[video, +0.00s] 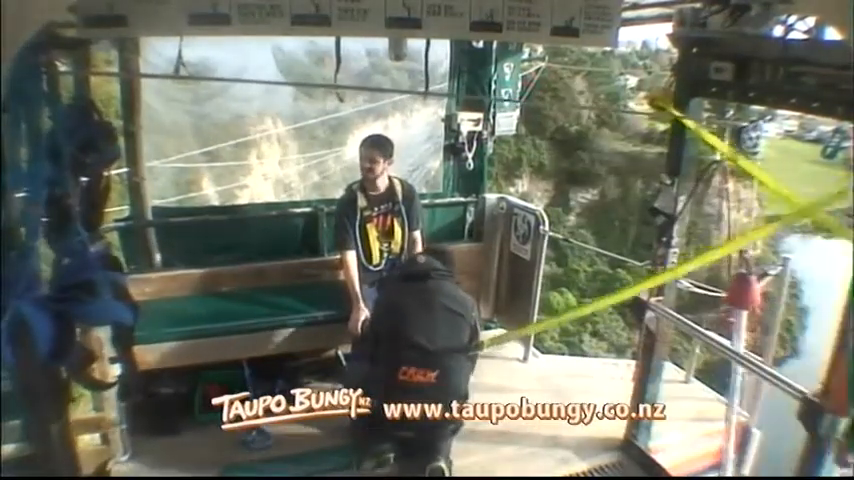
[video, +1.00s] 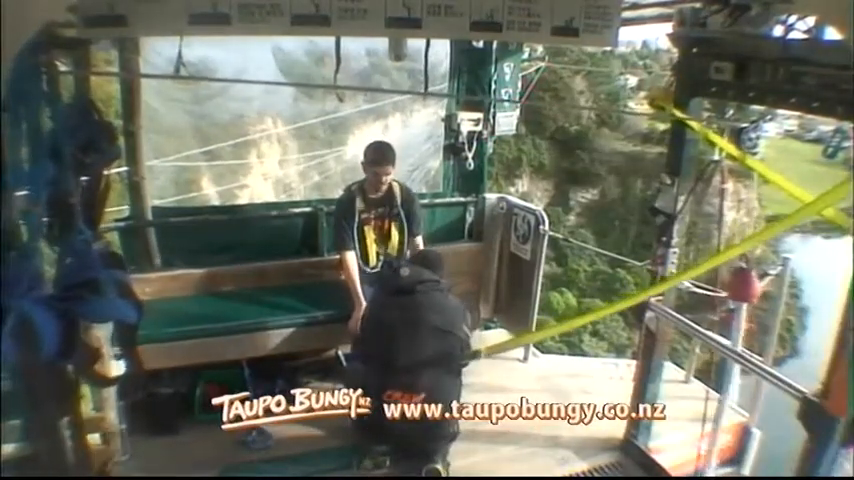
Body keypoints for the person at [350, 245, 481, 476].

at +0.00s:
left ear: (409, 267)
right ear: (449, 271)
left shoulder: (390, 293)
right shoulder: (465, 301)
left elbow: (369, 345)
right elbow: (472, 352)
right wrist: (460, 381)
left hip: (392, 394)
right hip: (446, 397)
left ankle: (378, 445)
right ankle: (439, 458)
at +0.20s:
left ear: (411, 264)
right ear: (448, 268)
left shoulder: (388, 293)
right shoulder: (465, 299)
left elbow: (367, 345)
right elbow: (470, 349)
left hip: (391, 397)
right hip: (445, 398)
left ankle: (379, 445)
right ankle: (438, 455)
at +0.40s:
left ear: (416, 262)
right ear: (446, 269)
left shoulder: (388, 294)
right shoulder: (461, 303)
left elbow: (365, 346)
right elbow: (467, 355)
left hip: (388, 404)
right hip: (440, 407)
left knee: (354, 370)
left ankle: (377, 445)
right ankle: (437, 455)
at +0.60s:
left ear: (412, 264)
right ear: (443, 270)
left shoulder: (384, 296)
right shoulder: (458, 306)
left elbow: (365, 347)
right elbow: (462, 354)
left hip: (386, 406)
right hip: (436, 409)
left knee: (354, 370)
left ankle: (376, 446)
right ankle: (436, 455)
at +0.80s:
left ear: (411, 267)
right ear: (441, 273)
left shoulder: (382, 299)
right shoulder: (455, 306)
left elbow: (364, 349)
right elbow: (462, 355)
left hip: (384, 414)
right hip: (435, 419)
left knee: (353, 370)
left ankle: (376, 448)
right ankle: (436, 457)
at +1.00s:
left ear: (410, 269)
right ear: (440, 274)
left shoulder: (380, 301)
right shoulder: (453, 306)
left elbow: (364, 351)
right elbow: (462, 356)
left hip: (384, 416)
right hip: (436, 421)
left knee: (353, 370)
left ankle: (376, 449)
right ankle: (437, 458)